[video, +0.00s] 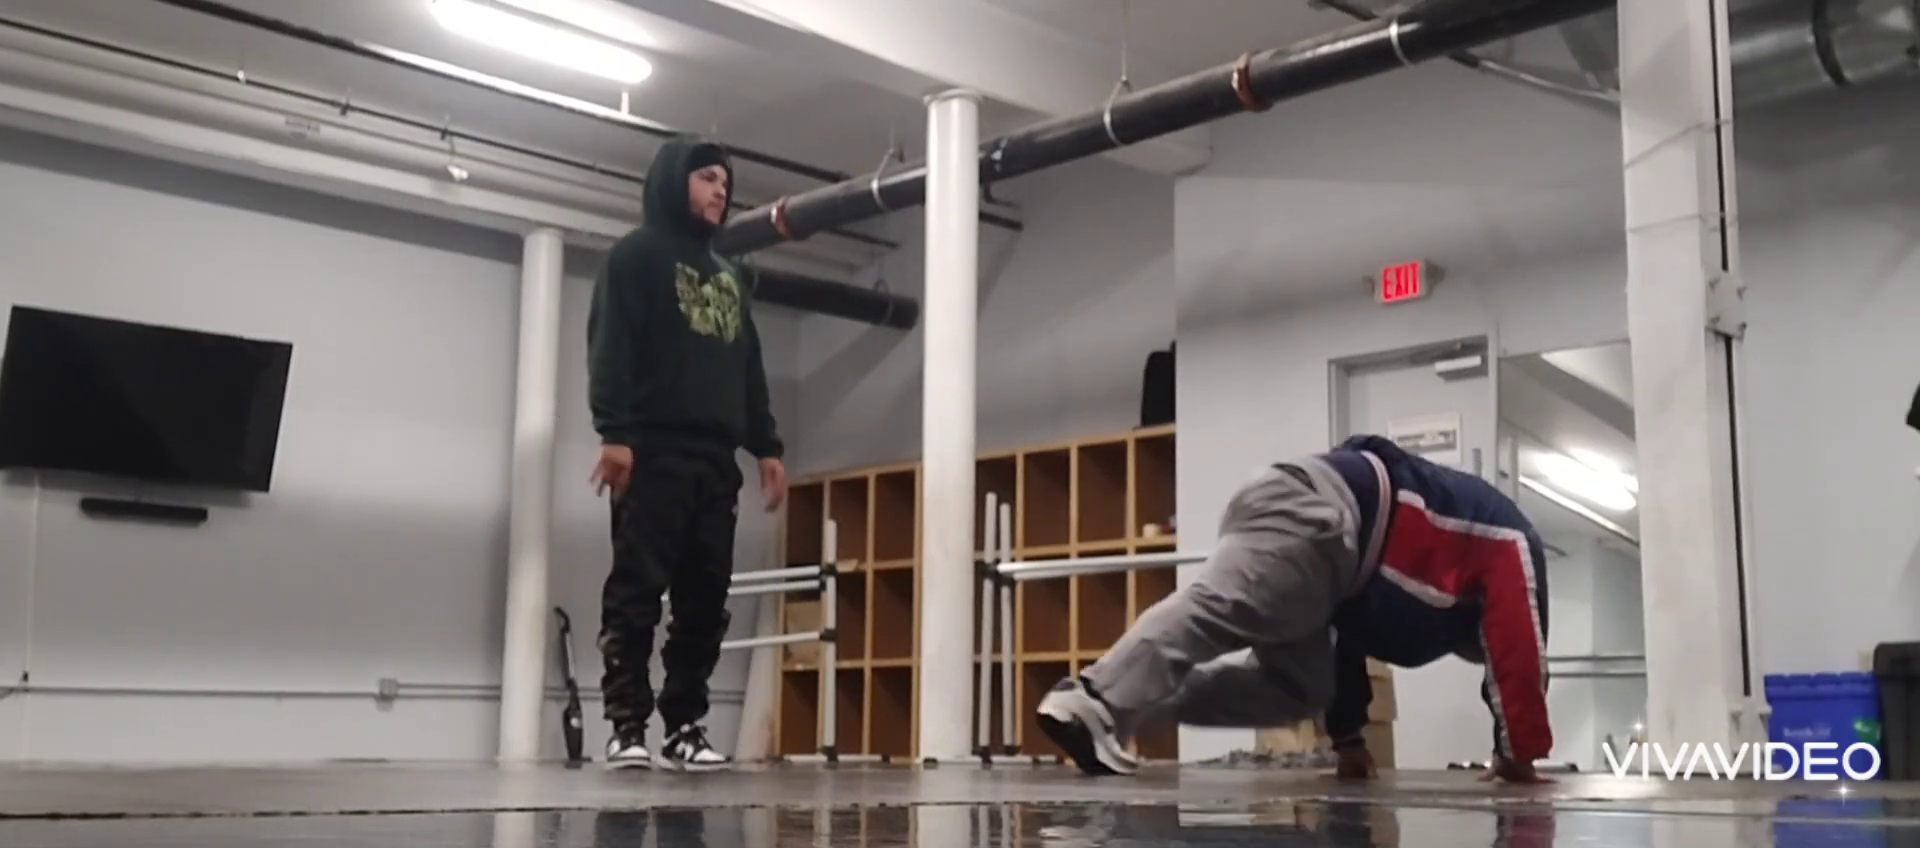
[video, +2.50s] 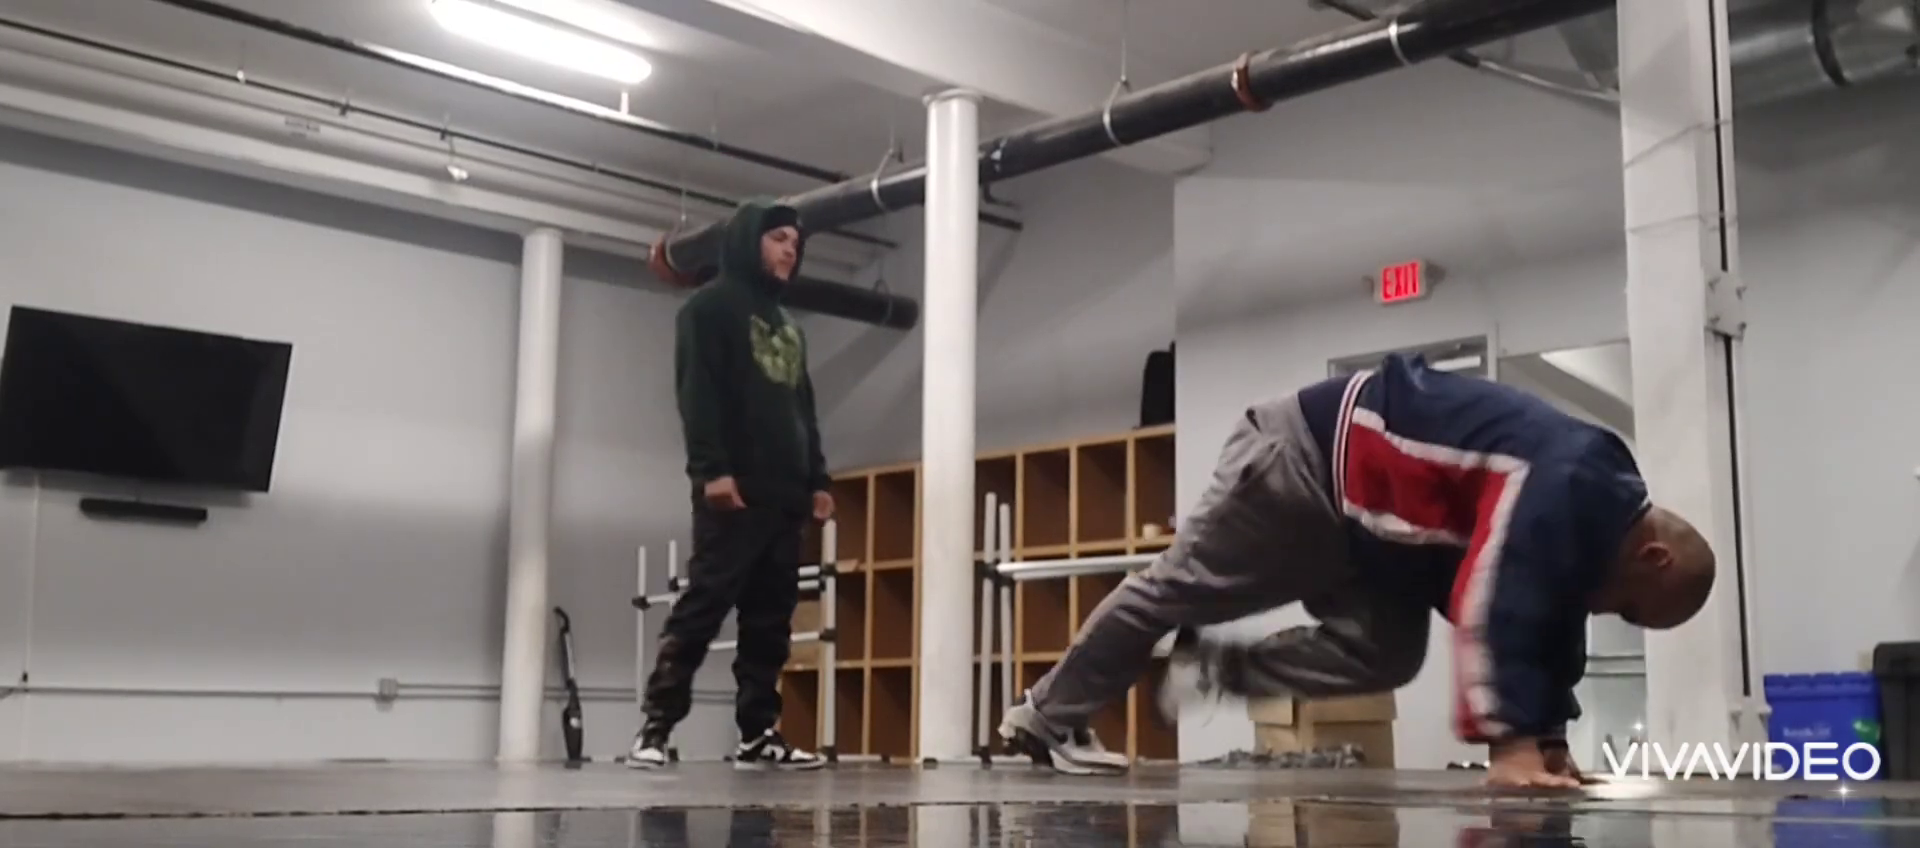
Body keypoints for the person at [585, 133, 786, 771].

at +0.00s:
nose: (720, 191)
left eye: (724, 182)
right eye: (708, 178)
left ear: (723, 194)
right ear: (673, 181)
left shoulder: (728, 273)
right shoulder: (635, 253)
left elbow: (748, 368)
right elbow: (610, 348)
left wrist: (767, 450)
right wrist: (615, 436)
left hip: (715, 455)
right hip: (651, 449)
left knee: (704, 600)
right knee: (637, 590)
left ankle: (684, 729)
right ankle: (628, 729)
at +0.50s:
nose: (743, 212)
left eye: (748, 204)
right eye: (732, 200)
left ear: (750, 216)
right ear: (699, 203)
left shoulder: (739, 290)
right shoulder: (657, 271)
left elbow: (746, 386)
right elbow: (655, 371)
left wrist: (750, 474)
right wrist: (691, 444)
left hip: (729, 462)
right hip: (664, 456)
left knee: (706, 603)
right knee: (647, 590)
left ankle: (684, 732)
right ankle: (623, 729)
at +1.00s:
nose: (729, 223)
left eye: (735, 217)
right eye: (719, 211)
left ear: (738, 230)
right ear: (686, 213)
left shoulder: (742, 304)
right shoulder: (638, 286)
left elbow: (770, 389)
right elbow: (607, 369)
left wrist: (795, 461)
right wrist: (597, 451)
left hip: (729, 473)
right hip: (661, 468)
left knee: (710, 606)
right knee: (653, 596)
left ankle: (689, 732)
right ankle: (645, 728)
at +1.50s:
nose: (705, 229)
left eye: (712, 222)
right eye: (694, 217)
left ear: (717, 234)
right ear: (663, 220)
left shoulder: (730, 309)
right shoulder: (615, 298)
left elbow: (750, 393)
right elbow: (591, 392)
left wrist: (758, 466)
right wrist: (605, 464)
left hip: (711, 479)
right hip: (641, 476)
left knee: (699, 609)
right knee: (637, 607)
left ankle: (686, 731)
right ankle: (644, 733)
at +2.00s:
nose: (718, 235)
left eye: (724, 229)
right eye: (707, 224)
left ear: (727, 242)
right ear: (677, 228)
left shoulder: (733, 315)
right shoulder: (630, 299)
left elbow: (754, 397)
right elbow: (606, 389)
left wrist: (768, 463)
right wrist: (619, 464)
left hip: (722, 486)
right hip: (652, 484)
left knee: (742, 613)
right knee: (644, 612)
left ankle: (755, 731)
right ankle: (642, 735)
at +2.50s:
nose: (789, 251)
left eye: (794, 244)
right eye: (779, 239)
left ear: (795, 255)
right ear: (748, 241)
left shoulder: (787, 325)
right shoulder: (707, 308)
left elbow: (804, 409)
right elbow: (697, 394)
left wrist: (817, 481)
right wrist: (711, 471)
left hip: (785, 489)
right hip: (730, 485)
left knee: (770, 615)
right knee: (703, 607)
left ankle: (758, 735)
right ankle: (655, 732)